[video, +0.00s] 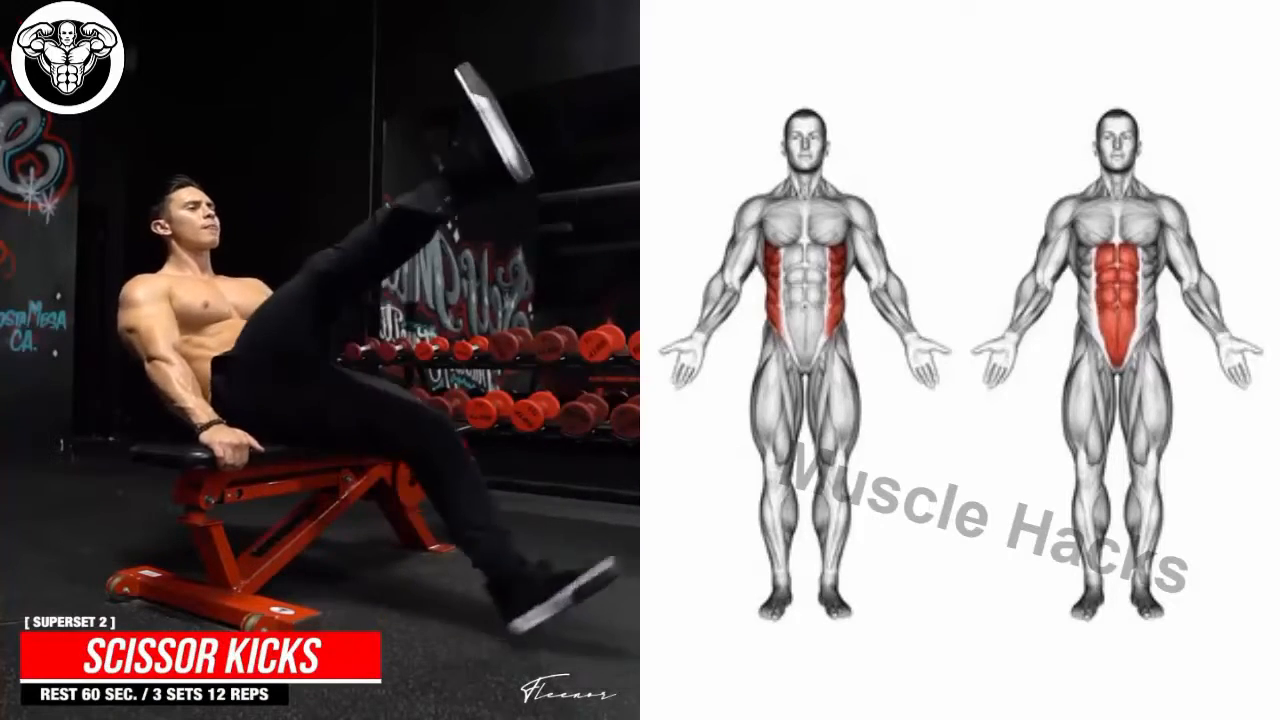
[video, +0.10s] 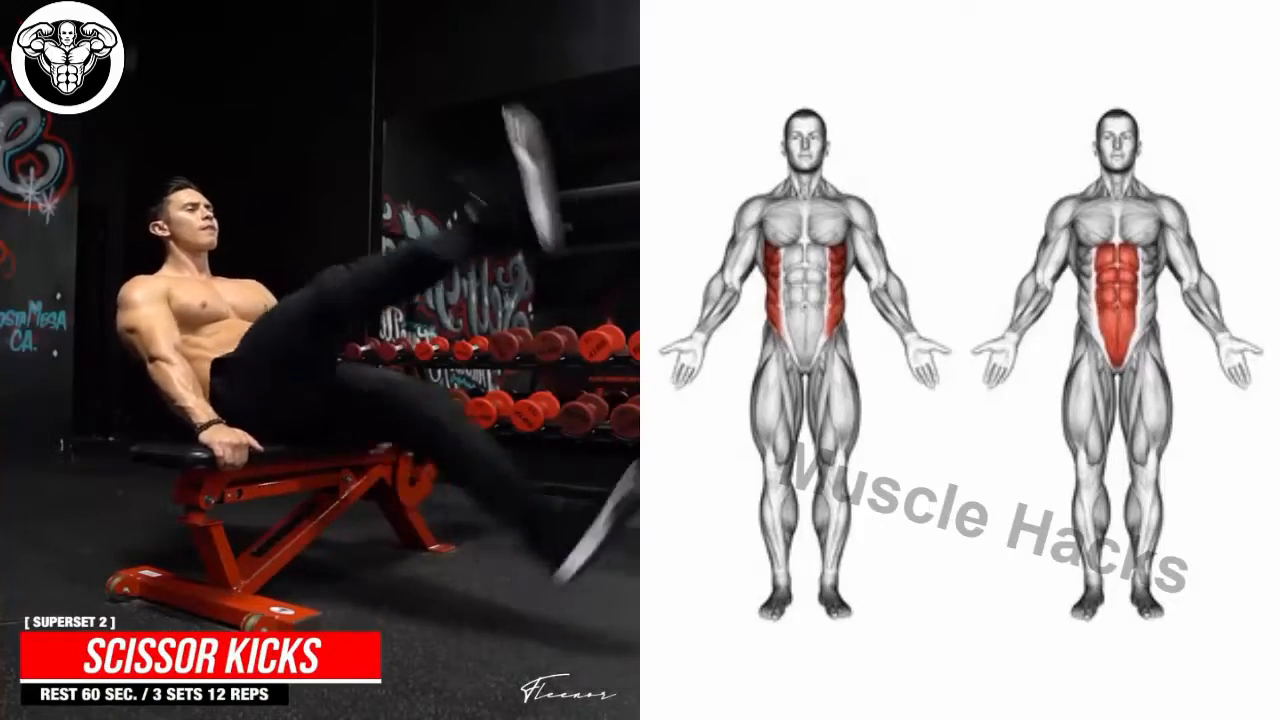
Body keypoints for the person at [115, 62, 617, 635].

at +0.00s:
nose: (208, 214)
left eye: (210, 207)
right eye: (192, 208)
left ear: (214, 224)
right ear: (162, 227)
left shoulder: (251, 285)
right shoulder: (145, 289)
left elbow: (303, 329)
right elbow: (163, 361)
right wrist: (208, 425)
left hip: (303, 391)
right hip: (244, 384)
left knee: (432, 433)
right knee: (326, 273)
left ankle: (516, 587)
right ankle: (457, 180)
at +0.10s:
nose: (208, 215)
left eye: (207, 208)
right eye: (192, 209)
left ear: (209, 225)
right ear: (161, 227)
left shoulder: (252, 291)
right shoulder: (143, 290)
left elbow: (303, 345)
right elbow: (165, 362)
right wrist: (208, 426)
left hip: (302, 397)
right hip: (242, 394)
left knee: (418, 405)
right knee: (329, 296)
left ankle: (551, 531)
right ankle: (497, 228)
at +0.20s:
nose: (204, 220)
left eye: (205, 212)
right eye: (188, 213)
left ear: (209, 229)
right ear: (159, 232)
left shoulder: (252, 291)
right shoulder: (142, 293)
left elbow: (298, 360)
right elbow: (166, 360)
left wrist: (360, 416)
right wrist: (208, 423)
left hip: (298, 399)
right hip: (241, 398)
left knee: (425, 372)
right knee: (344, 319)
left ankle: (586, 427)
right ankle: (536, 335)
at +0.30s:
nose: (202, 219)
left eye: (201, 212)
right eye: (186, 214)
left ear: (207, 227)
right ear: (158, 235)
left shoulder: (249, 292)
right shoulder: (143, 293)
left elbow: (308, 356)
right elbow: (169, 362)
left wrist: (358, 416)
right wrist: (210, 425)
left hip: (303, 386)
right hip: (243, 399)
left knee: (406, 322)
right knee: (359, 357)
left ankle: (548, 312)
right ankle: (531, 450)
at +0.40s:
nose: (203, 221)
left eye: (204, 215)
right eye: (187, 215)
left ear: (206, 235)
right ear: (156, 236)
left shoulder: (249, 293)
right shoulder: (143, 296)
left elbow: (307, 354)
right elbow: (166, 361)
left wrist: (361, 393)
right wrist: (209, 426)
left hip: (300, 376)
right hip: (246, 389)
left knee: (393, 295)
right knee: (375, 412)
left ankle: (537, 214)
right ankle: (514, 550)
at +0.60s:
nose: (202, 226)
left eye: (202, 219)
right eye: (186, 220)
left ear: (203, 237)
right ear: (156, 239)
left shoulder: (246, 297)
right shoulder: (142, 294)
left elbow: (302, 356)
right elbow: (163, 359)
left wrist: (359, 399)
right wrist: (208, 425)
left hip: (297, 373)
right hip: (246, 387)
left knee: (373, 291)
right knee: (368, 419)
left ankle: (520, 214)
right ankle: (501, 561)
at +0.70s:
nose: (200, 235)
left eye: (200, 226)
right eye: (185, 228)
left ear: (202, 238)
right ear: (154, 244)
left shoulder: (241, 299)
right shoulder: (137, 299)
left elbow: (298, 353)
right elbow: (162, 362)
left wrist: (369, 388)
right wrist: (207, 424)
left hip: (294, 377)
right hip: (239, 395)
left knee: (382, 312)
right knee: (368, 383)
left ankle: (539, 285)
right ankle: (534, 461)